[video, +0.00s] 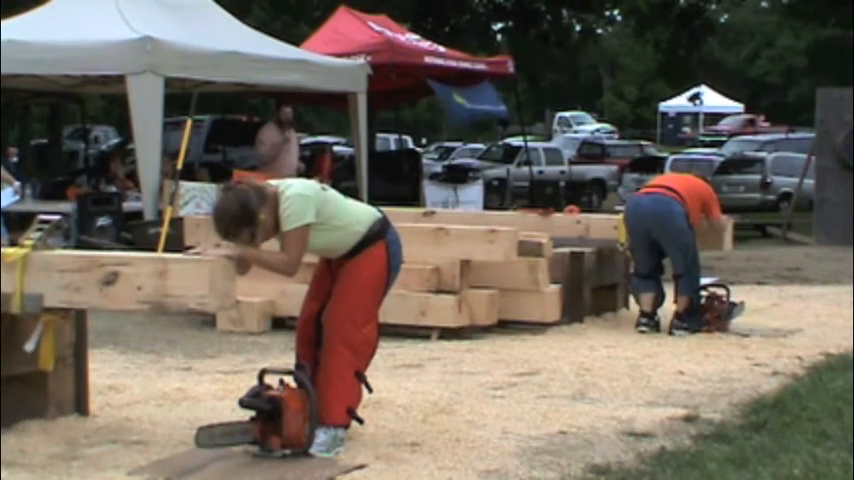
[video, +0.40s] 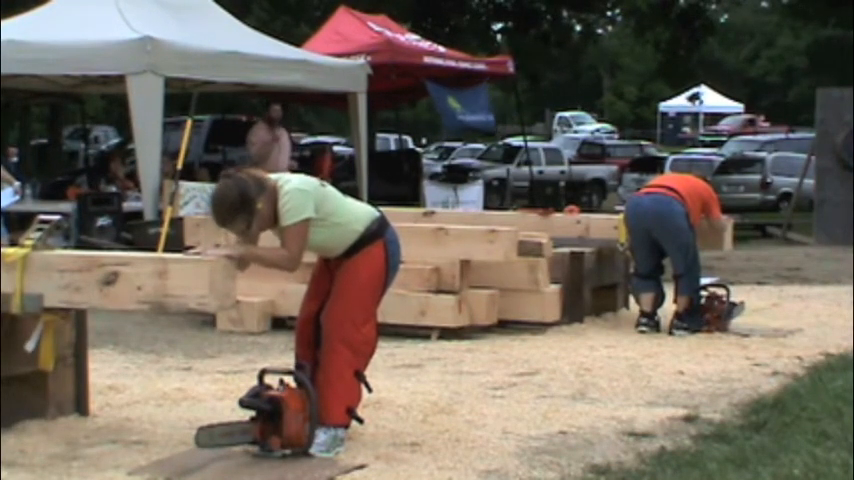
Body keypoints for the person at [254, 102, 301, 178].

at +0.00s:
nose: (287, 116)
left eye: (289, 113)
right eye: (284, 113)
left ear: (292, 115)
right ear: (278, 114)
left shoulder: (292, 133)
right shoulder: (267, 131)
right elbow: (262, 158)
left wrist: (297, 165)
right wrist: (282, 143)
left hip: (288, 177)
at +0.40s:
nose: (277, 114)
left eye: (279, 111)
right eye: (274, 111)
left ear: (282, 113)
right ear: (268, 112)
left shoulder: (283, 132)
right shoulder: (257, 130)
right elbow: (254, 157)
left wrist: (289, 164)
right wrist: (271, 142)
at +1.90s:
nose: (279, 122)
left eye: (282, 119)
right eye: (276, 119)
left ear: (286, 118)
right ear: (271, 118)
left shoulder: (295, 133)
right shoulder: (259, 133)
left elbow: (304, 154)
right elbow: (250, 160)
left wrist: (294, 166)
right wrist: (264, 149)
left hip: (287, 180)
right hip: (263, 179)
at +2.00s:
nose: (280, 123)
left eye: (283, 120)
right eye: (277, 119)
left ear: (287, 118)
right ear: (272, 118)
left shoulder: (296, 133)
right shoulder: (261, 133)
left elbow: (305, 154)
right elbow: (251, 160)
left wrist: (295, 166)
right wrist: (265, 150)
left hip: (289, 180)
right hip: (265, 179)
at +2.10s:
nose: (281, 123)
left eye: (284, 120)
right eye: (277, 120)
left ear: (287, 119)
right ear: (272, 118)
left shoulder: (297, 133)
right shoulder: (261, 133)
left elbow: (306, 154)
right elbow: (251, 162)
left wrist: (296, 167)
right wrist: (266, 150)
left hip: (289, 181)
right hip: (265, 180)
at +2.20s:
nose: (281, 123)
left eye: (284, 120)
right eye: (277, 120)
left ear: (287, 119)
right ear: (272, 118)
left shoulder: (297, 133)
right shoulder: (261, 133)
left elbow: (306, 154)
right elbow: (251, 162)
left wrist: (296, 167)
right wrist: (266, 150)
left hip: (290, 181)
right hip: (265, 181)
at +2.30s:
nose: (281, 123)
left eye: (284, 120)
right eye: (277, 120)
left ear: (287, 119)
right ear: (272, 118)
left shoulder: (297, 133)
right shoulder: (261, 133)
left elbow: (306, 153)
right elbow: (251, 161)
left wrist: (296, 166)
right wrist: (265, 150)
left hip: (289, 181)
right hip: (265, 181)